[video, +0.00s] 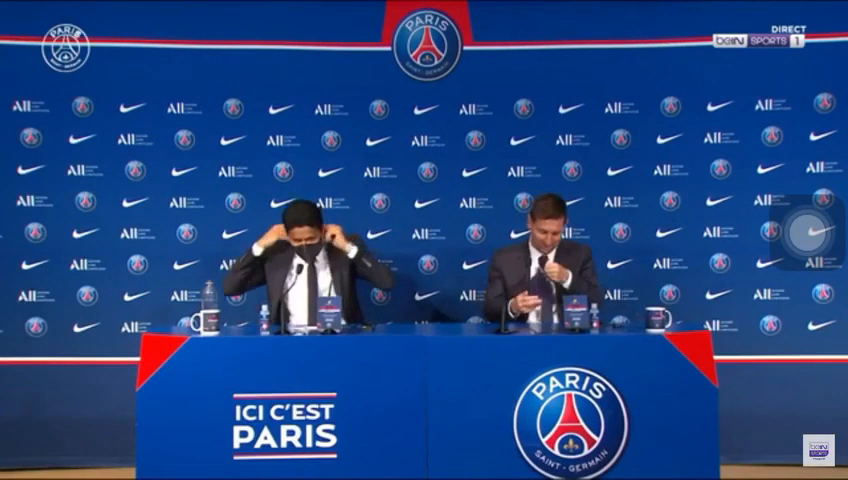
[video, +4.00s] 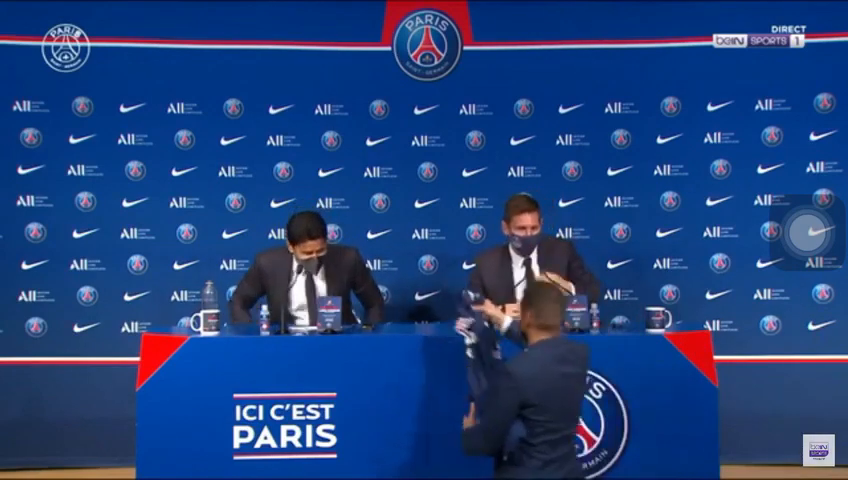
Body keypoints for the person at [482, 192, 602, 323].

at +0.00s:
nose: (548, 240)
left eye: (555, 234)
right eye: (543, 232)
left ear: (564, 226)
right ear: (530, 223)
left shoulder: (579, 254)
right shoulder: (504, 258)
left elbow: (595, 297)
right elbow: (490, 307)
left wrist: (567, 278)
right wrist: (511, 307)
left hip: (568, 340)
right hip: (520, 341)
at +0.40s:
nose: (542, 245)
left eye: (549, 237)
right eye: (536, 237)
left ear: (559, 228)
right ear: (525, 226)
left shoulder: (580, 255)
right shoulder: (504, 258)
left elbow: (596, 305)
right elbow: (491, 309)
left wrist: (569, 304)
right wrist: (520, 297)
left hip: (568, 342)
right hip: (519, 343)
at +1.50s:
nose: (535, 229)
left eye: (542, 222)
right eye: (529, 221)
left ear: (555, 223)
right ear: (520, 223)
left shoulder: (578, 256)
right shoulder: (503, 259)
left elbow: (598, 304)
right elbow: (489, 314)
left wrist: (573, 279)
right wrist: (508, 283)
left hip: (566, 341)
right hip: (518, 342)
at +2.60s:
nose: (536, 232)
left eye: (543, 225)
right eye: (530, 225)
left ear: (555, 224)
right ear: (519, 225)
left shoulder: (573, 251)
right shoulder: (506, 252)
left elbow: (600, 300)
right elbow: (485, 305)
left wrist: (577, 255)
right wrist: (504, 261)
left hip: (565, 340)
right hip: (519, 340)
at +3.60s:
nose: (532, 231)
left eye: (538, 224)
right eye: (525, 224)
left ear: (550, 225)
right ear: (515, 225)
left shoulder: (573, 253)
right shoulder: (501, 256)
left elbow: (587, 298)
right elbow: (480, 310)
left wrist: (559, 265)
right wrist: (502, 276)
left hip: (560, 342)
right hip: (514, 343)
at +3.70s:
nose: (532, 231)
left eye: (538, 225)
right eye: (525, 225)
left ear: (549, 225)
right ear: (514, 225)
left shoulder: (569, 253)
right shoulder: (498, 260)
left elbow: (583, 295)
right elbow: (479, 313)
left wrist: (554, 269)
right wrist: (501, 290)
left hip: (557, 341)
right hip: (512, 342)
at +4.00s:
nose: (528, 236)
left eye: (534, 229)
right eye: (521, 229)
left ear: (541, 225)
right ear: (506, 228)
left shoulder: (562, 250)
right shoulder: (487, 262)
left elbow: (593, 291)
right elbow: (474, 306)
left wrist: (569, 289)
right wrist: (501, 312)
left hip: (556, 340)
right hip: (505, 344)